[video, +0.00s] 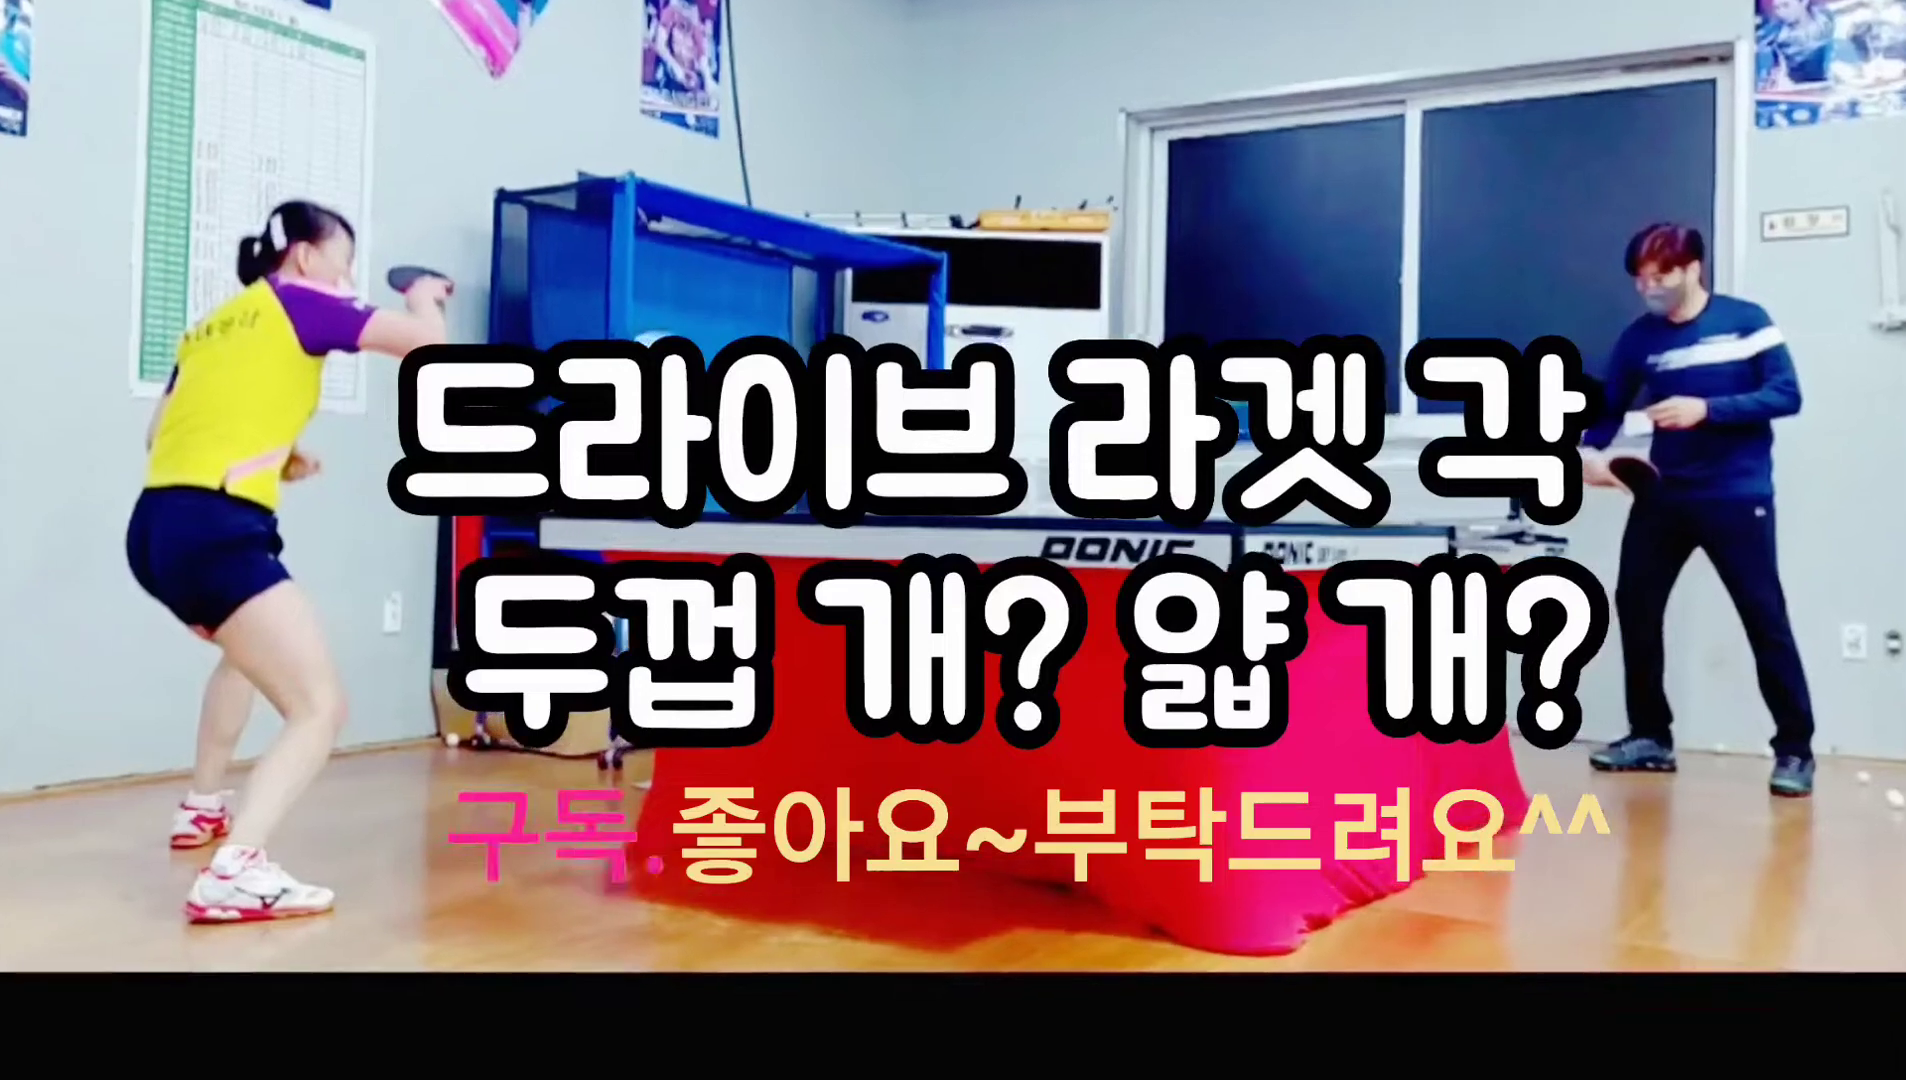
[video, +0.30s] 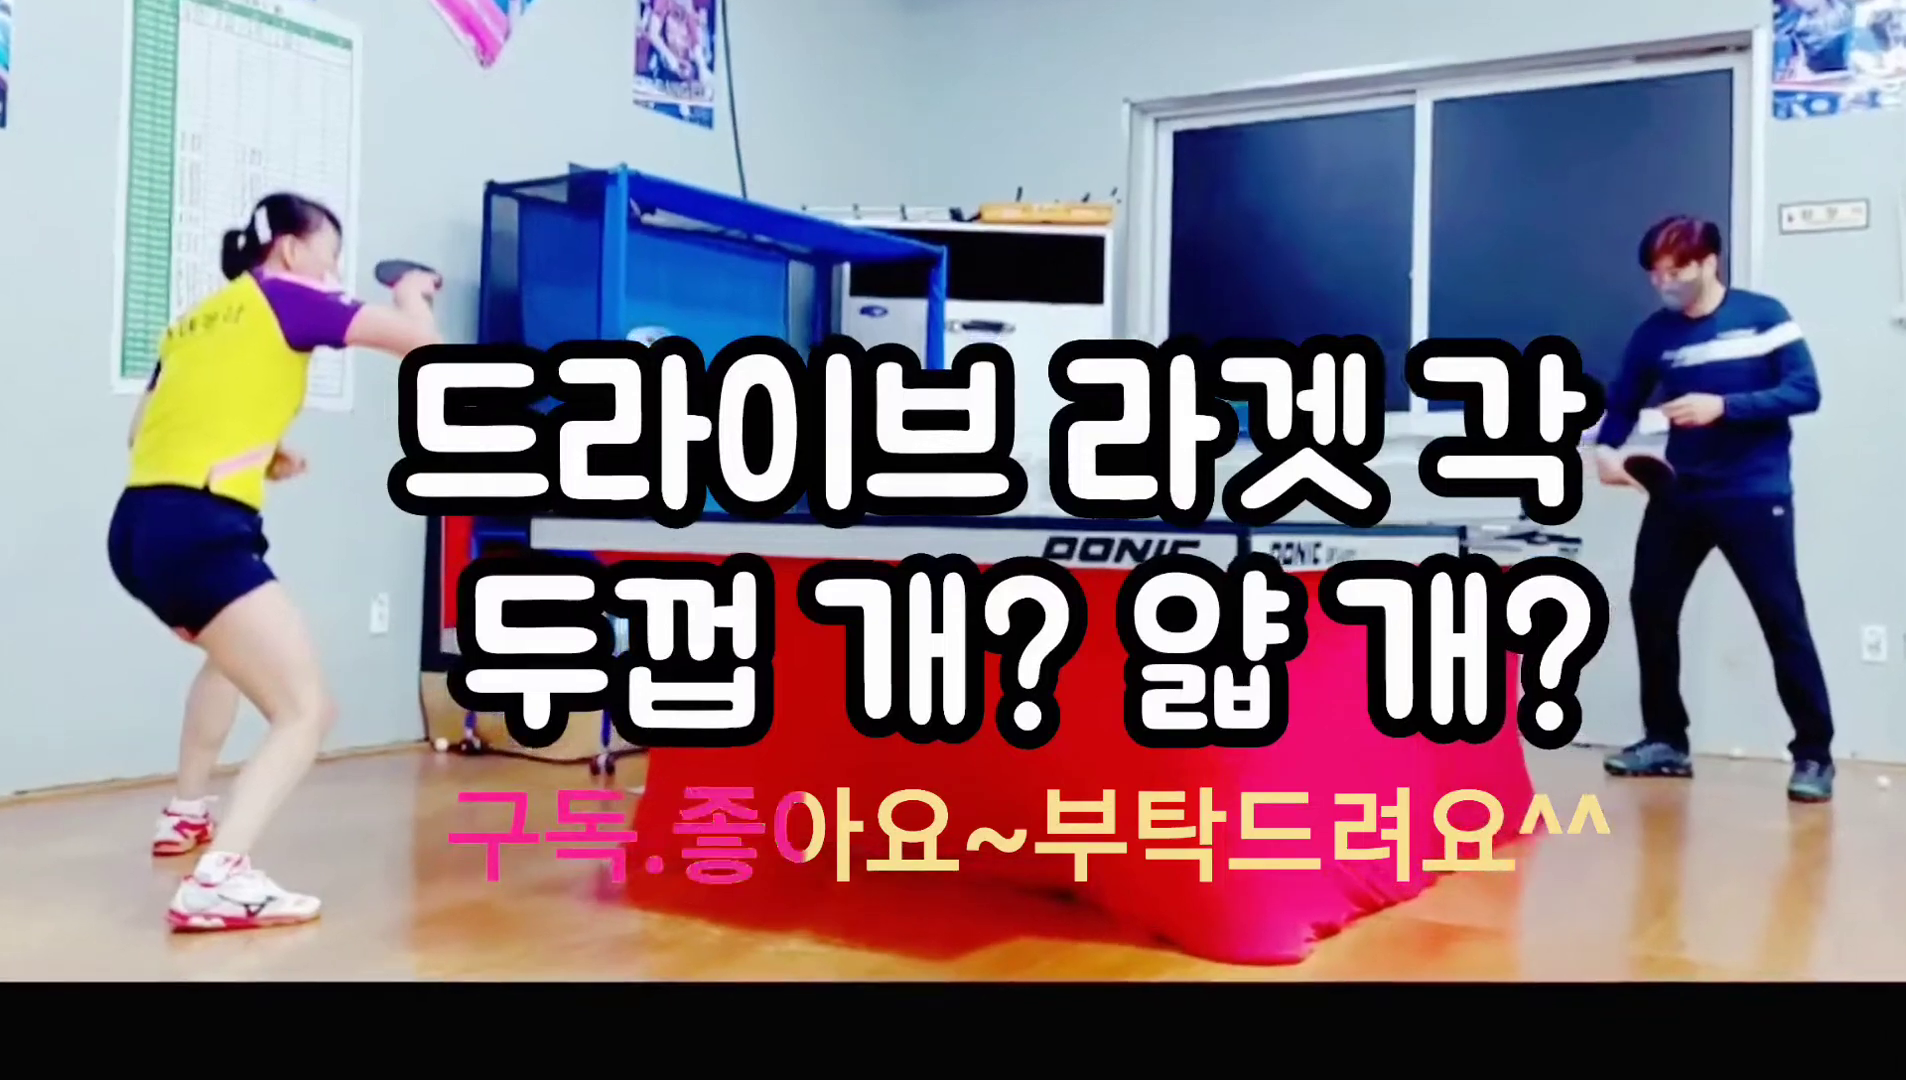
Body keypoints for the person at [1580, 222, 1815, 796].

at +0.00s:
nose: (1647, 286)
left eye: (1658, 274)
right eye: (1640, 277)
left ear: (1692, 269)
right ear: (1636, 279)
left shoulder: (1746, 320)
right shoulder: (1639, 338)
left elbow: (1785, 395)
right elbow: (1606, 413)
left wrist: (1706, 409)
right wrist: (1588, 453)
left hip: (1737, 503)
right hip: (1661, 503)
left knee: (1766, 623)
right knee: (1635, 608)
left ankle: (1794, 751)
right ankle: (1651, 737)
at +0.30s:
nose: (1662, 282)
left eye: (1672, 269)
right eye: (1655, 272)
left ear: (1707, 263)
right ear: (1651, 274)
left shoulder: (1764, 315)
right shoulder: (1654, 334)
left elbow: (1804, 391)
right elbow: (1621, 408)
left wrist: (1722, 406)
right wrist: (1603, 451)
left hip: (1754, 501)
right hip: (1678, 502)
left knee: (1784, 625)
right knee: (1650, 607)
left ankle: (1813, 757)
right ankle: (1666, 741)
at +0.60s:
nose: (1679, 275)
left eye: (1690, 262)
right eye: (1672, 264)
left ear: (1727, 256)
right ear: (1668, 266)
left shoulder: (1784, 310)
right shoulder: (1671, 329)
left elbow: (1826, 387)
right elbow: (1639, 403)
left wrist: (1742, 403)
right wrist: (1621, 449)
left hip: (1774, 500)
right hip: (1696, 501)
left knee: (1804, 625)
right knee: (1668, 608)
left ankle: (1834, 761)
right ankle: (1684, 746)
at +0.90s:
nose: (1694, 268)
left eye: (1706, 255)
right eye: (1688, 257)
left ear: (1743, 250)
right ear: (1684, 259)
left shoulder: (1802, 305)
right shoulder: (1688, 324)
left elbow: (1844, 385)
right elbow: (1654, 399)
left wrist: (1758, 400)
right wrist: (1635, 446)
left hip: (1792, 500)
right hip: (1712, 500)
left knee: (1823, 629)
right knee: (1684, 611)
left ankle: (1853, 766)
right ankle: (1699, 750)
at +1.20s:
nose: (1711, 262)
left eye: (1723, 249)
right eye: (1706, 251)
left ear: (1762, 243)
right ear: (1703, 253)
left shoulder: (1823, 299)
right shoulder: (1707, 317)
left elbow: (1866, 381)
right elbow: (1673, 390)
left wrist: (1778, 396)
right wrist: (1651, 442)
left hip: (1812, 499)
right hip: (1730, 498)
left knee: (1844, 630)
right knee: (1701, 612)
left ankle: (1875, 770)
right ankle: (1717, 755)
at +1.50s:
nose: (1731, 255)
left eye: (1743, 241)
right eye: (1724, 244)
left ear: (1780, 237)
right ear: (1718, 248)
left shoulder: (1840, 295)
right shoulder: (1722, 313)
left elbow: (1884, 377)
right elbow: (1688, 389)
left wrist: (1795, 393)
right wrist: (1666, 440)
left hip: (1830, 498)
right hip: (1747, 497)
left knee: (1863, 632)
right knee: (1716, 613)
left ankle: (1893, 775)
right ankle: (1732, 760)